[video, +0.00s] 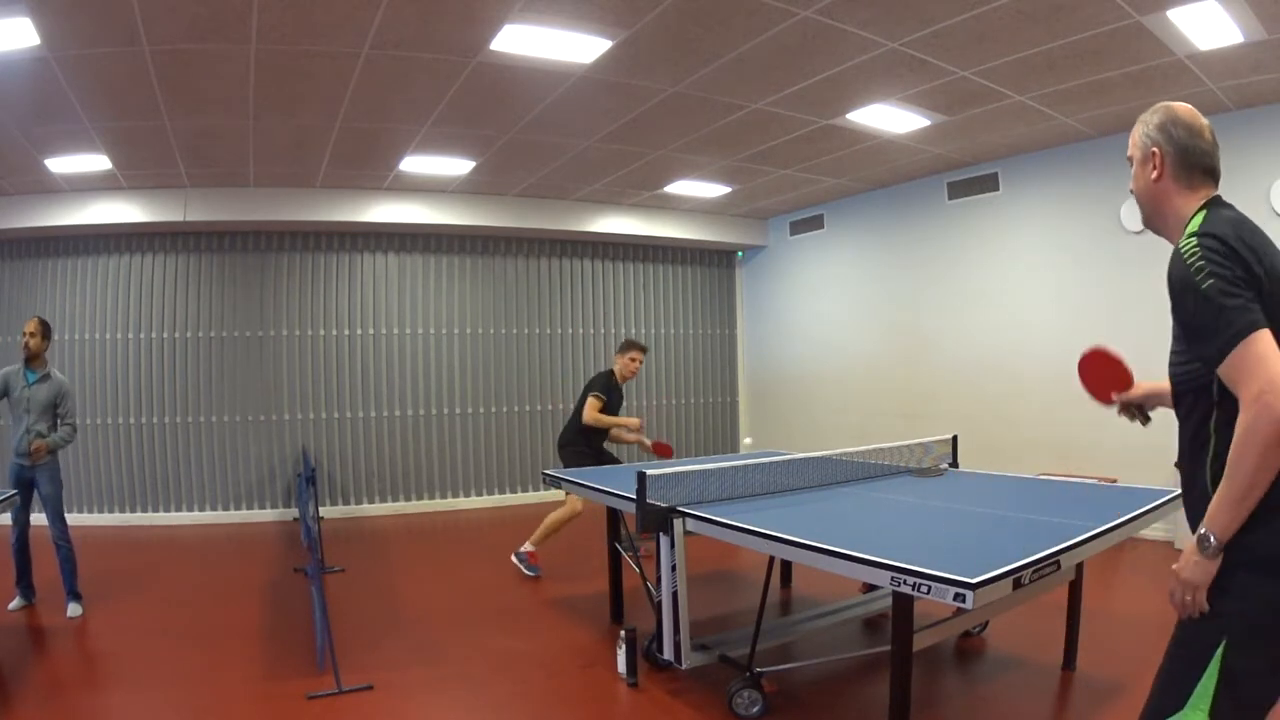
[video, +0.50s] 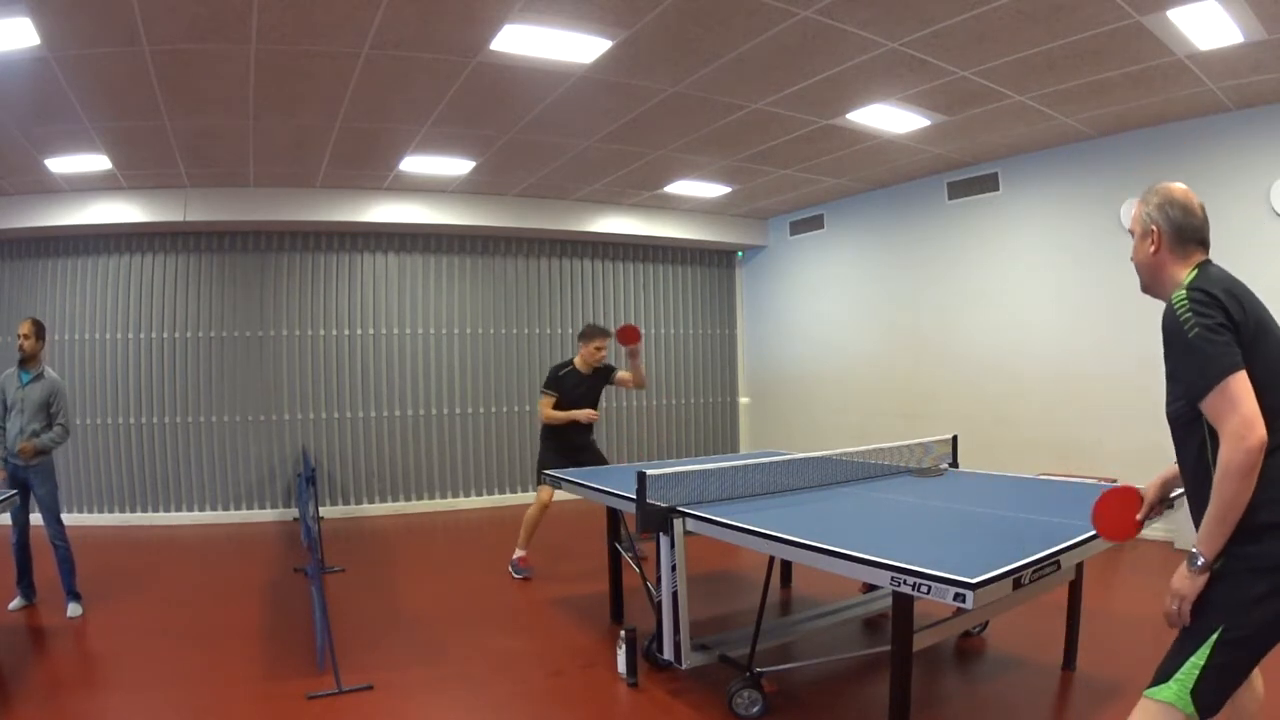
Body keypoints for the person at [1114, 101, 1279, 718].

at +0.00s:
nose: (1129, 184)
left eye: (1132, 164)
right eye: (1129, 165)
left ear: (1156, 163)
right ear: (1206, 164)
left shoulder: (1198, 256)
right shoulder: (1242, 237)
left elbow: (1268, 400)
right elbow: (1249, 369)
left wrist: (1206, 543)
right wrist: (1163, 394)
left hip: (1250, 556)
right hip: (1261, 547)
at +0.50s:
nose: (1129, 253)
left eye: (1132, 237)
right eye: (1130, 238)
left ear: (1153, 240)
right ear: (1190, 237)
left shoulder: (1190, 306)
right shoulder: (1224, 292)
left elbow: (1244, 437)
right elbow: (1246, 423)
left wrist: (1198, 561)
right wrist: (1171, 481)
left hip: (1257, 554)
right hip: (1268, 542)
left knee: (1160, 707)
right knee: (1235, 670)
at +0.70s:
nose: (1118, 273)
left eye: (1124, 257)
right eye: (1119, 257)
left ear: (1151, 260)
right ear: (1157, 260)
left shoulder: (1207, 319)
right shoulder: (1199, 323)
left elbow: (1272, 428)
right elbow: (1192, 456)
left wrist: (1225, 556)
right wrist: (1112, 513)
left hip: (1267, 563)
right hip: (1260, 559)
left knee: (1181, 709)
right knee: (1197, 703)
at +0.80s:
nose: (1110, 260)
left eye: (1115, 243)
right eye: (1111, 245)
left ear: (1147, 246)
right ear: (1151, 247)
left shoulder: (1210, 306)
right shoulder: (1183, 333)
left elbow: (1278, 418)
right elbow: (1151, 455)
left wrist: (1235, 549)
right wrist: (1069, 477)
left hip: (1263, 562)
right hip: (1247, 559)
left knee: (1179, 710)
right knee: (1196, 706)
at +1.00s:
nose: (1093, 220)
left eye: (1097, 203)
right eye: (1093, 204)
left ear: (1126, 206)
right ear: (1133, 207)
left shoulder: (1192, 275)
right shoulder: (1175, 285)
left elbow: (1274, 399)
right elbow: (1170, 420)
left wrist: (1221, 545)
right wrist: (1072, 423)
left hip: (1252, 562)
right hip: (1238, 558)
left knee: (1175, 713)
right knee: (1192, 710)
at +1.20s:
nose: (1098, 210)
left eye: (1100, 193)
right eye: (1098, 195)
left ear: (1122, 194)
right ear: (1167, 193)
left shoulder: (1174, 268)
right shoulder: (1201, 256)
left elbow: (1236, 410)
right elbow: (1227, 408)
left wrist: (1170, 556)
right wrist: (1135, 437)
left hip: (1242, 556)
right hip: (1257, 546)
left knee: (1169, 711)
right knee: (1195, 706)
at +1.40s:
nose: (1124, 220)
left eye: (1126, 204)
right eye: (1125, 205)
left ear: (1147, 207)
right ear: (1189, 206)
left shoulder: (1177, 280)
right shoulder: (1226, 268)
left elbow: (1220, 417)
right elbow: (1254, 398)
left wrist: (1160, 548)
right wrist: (1180, 467)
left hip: (1244, 546)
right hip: (1268, 533)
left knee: (1164, 711)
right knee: (1256, 672)